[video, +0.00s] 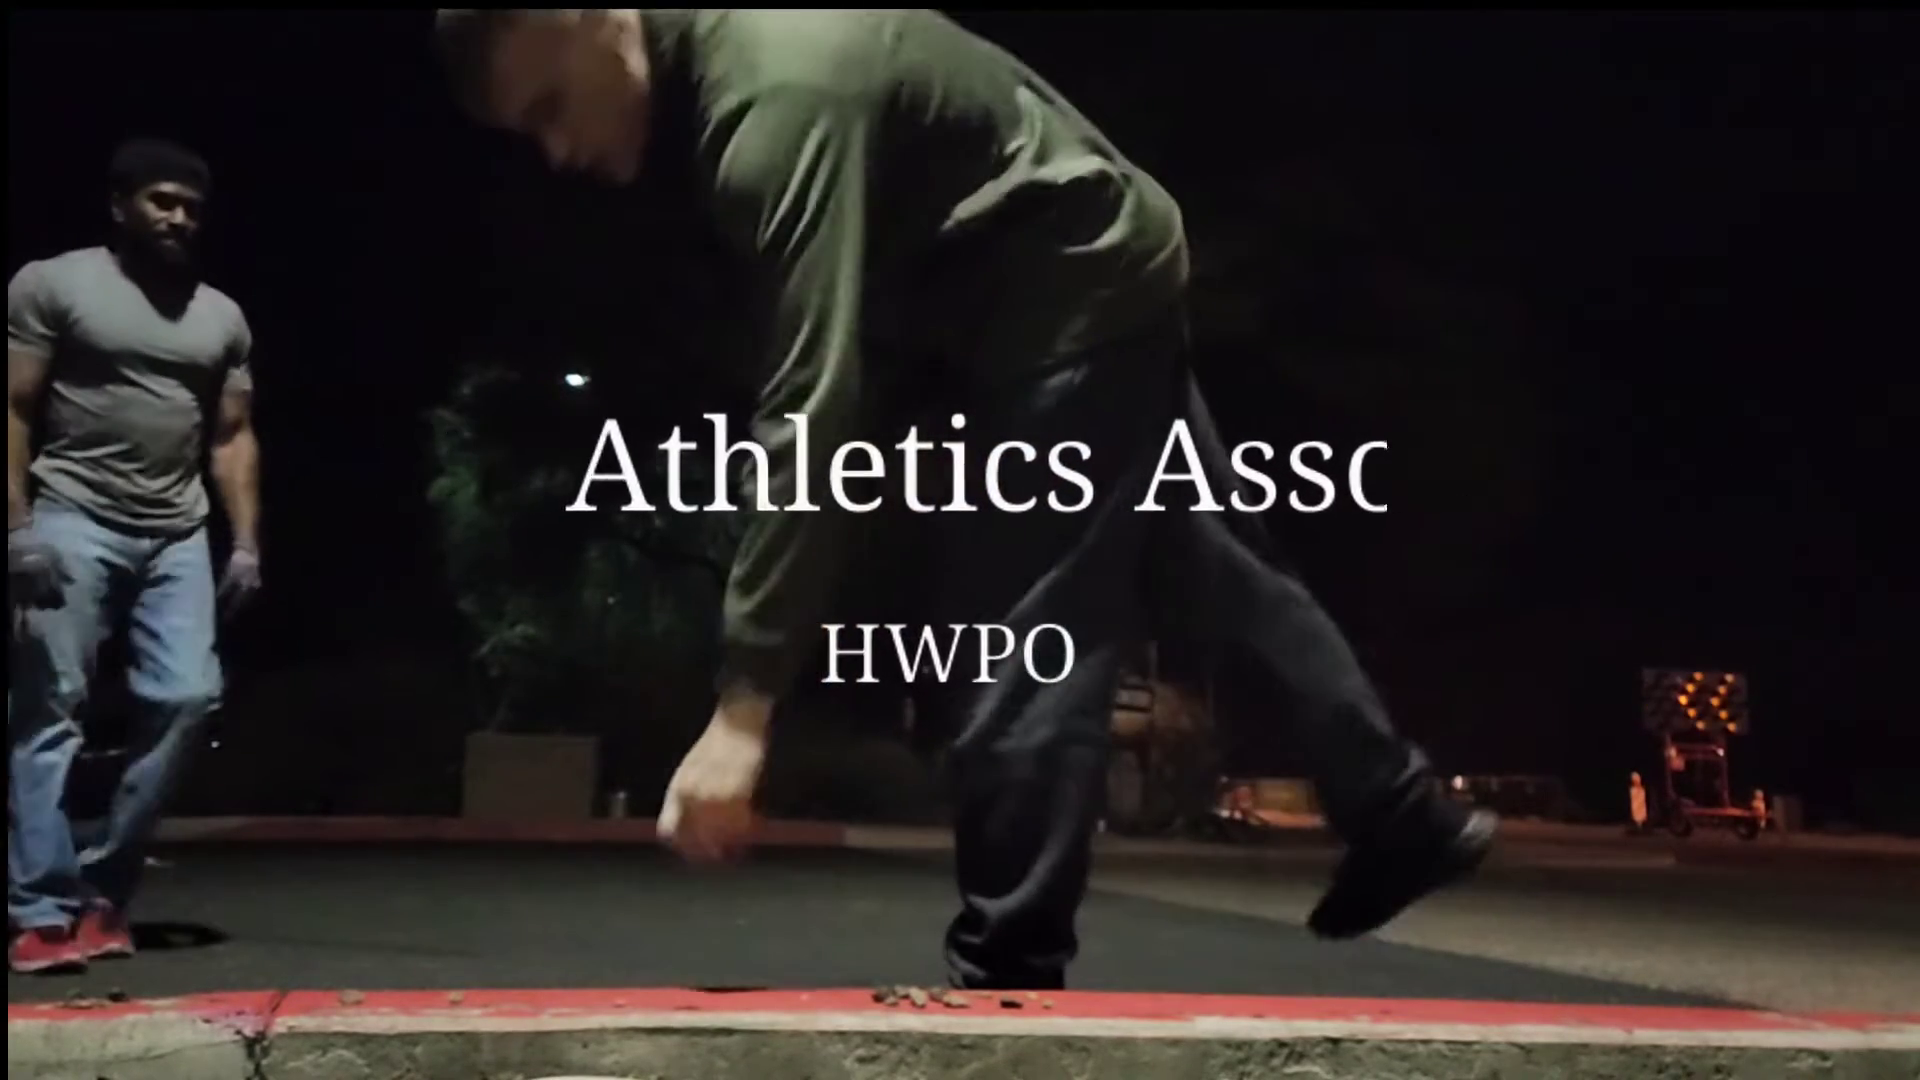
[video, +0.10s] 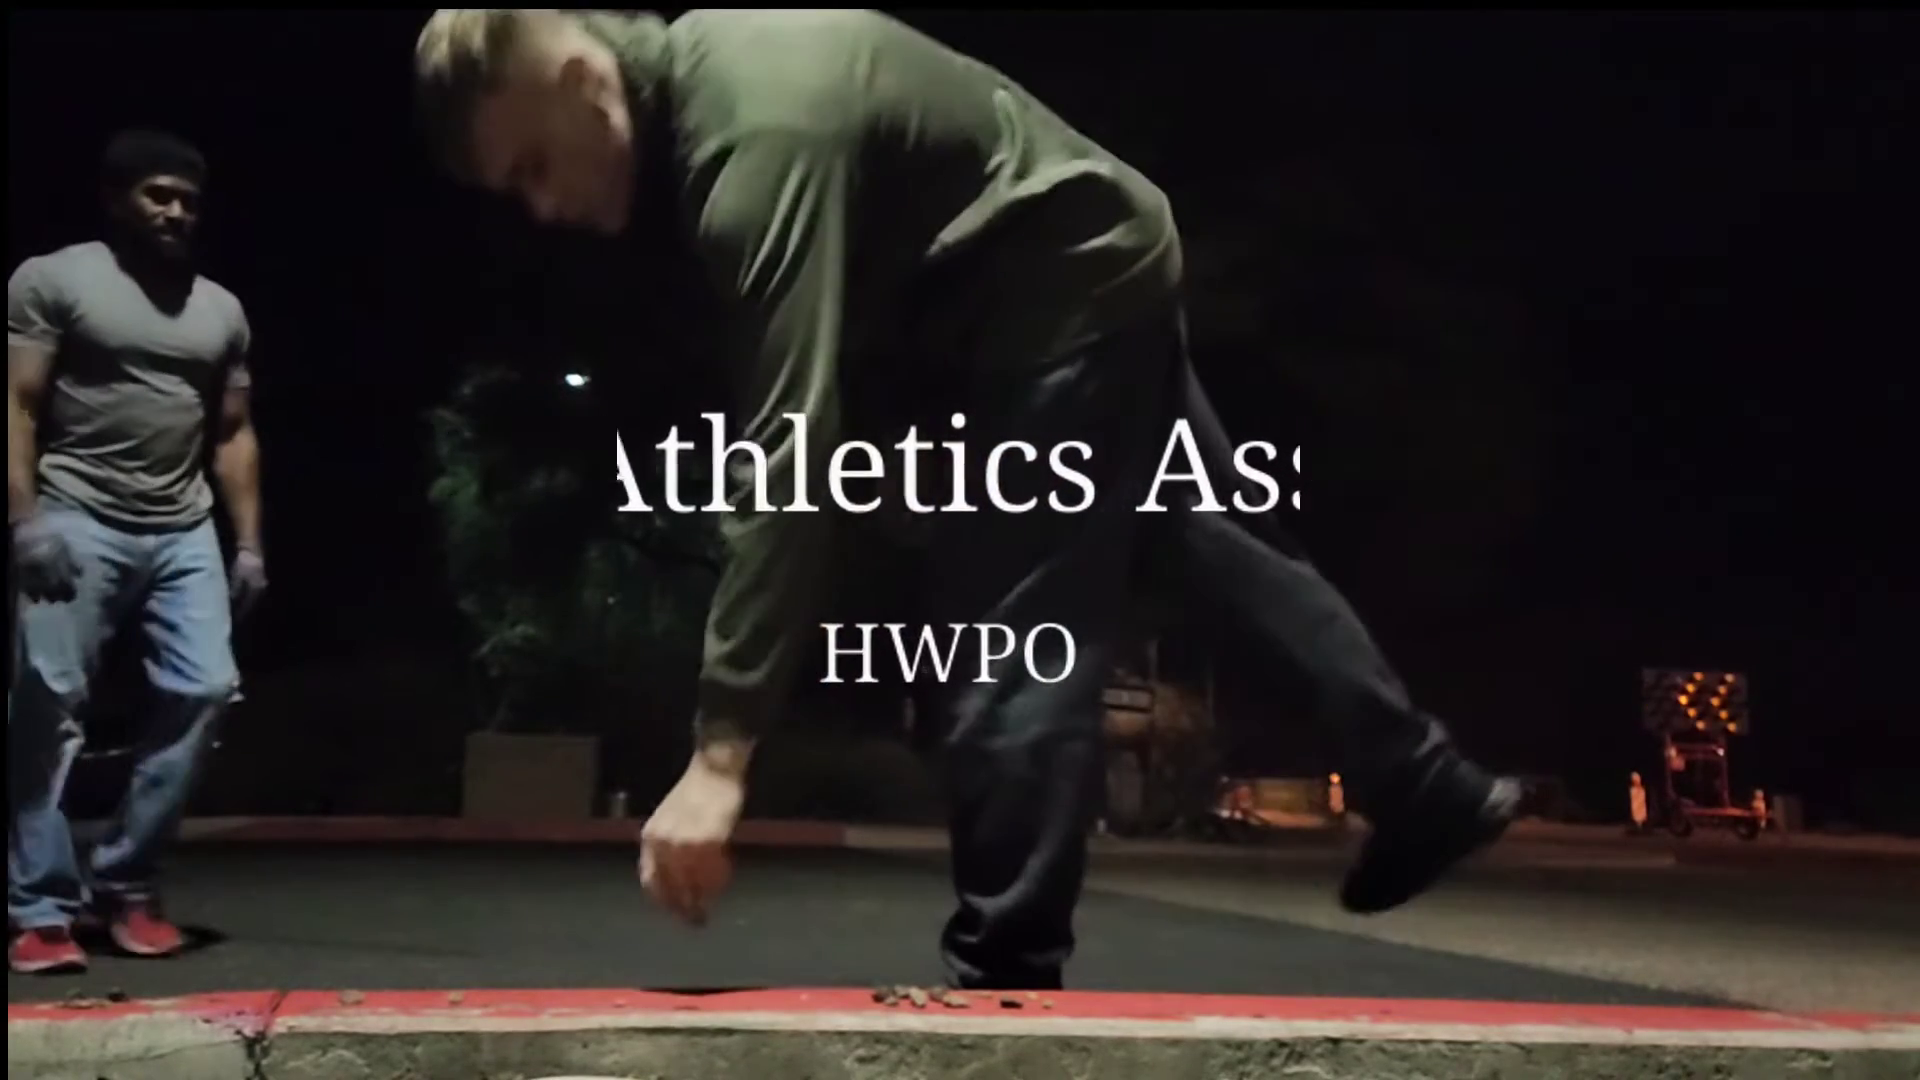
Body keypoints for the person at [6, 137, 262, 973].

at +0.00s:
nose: (178, 219)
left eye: (190, 207)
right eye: (161, 202)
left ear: (204, 219)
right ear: (121, 206)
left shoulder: (222, 321)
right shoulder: (53, 288)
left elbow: (233, 434)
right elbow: (16, 412)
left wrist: (246, 537)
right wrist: (19, 524)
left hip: (178, 532)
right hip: (71, 519)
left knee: (187, 695)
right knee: (52, 706)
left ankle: (97, 893)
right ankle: (39, 912)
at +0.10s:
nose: (175, 214)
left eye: (187, 201)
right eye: (158, 197)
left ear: (201, 212)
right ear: (118, 201)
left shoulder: (221, 313)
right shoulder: (55, 283)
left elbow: (234, 431)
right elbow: (20, 405)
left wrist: (248, 541)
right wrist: (25, 513)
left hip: (184, 530)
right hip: (76, 519)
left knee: (206, 689)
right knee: (50, 702)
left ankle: (125, 882)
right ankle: (38, 909)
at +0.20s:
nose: (177, 209)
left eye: (190, 196)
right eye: (160, 192)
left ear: (205, 208)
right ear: (120, 196)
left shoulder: (226, 309)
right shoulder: (58, 280)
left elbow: (240, 428)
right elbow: (22, 400)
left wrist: (258, 537)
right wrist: (33, 509)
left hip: (193, 530)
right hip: (83, 519)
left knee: (221, 692)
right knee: (51, 703)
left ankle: (177, 892)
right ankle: (38, 910)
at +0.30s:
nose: (183, 207)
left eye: (196, 194)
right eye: (165, 190)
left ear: (211, 206)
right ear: (127, 195)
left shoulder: (231, 307)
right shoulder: (66, 279)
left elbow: (246, 426)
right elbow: (27, 399)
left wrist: (266, 533)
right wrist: (39, 508)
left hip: (200, 529)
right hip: (90, 518)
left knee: (230, 699)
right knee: (58, 708)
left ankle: (213, 900)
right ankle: (38, 911)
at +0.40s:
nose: (198, 206)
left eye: (211, 193)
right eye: (180, 189)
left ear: (226, 205)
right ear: (143, 195)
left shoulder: (246, 307)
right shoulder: (83, 279)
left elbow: (260, 425)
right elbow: (40, 399)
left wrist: (281, 532)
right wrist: (49, 511)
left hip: (215, 529)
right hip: (107, 518)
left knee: (243, 709)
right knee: (65, 707)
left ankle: (258, 903)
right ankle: (40, 911)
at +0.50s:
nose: (226, 210)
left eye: (236, 196)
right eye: (208, 193)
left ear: (248, 207)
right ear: (166, 199)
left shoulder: (269, 313)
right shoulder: (105, 283)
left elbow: (280, 428)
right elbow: (60, 403)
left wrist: (300, 529)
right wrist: (66, 519)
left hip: (237, 532)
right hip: (132, 519)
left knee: (255, 710)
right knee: (81, 696)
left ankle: (262, 905)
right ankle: (39, 907)